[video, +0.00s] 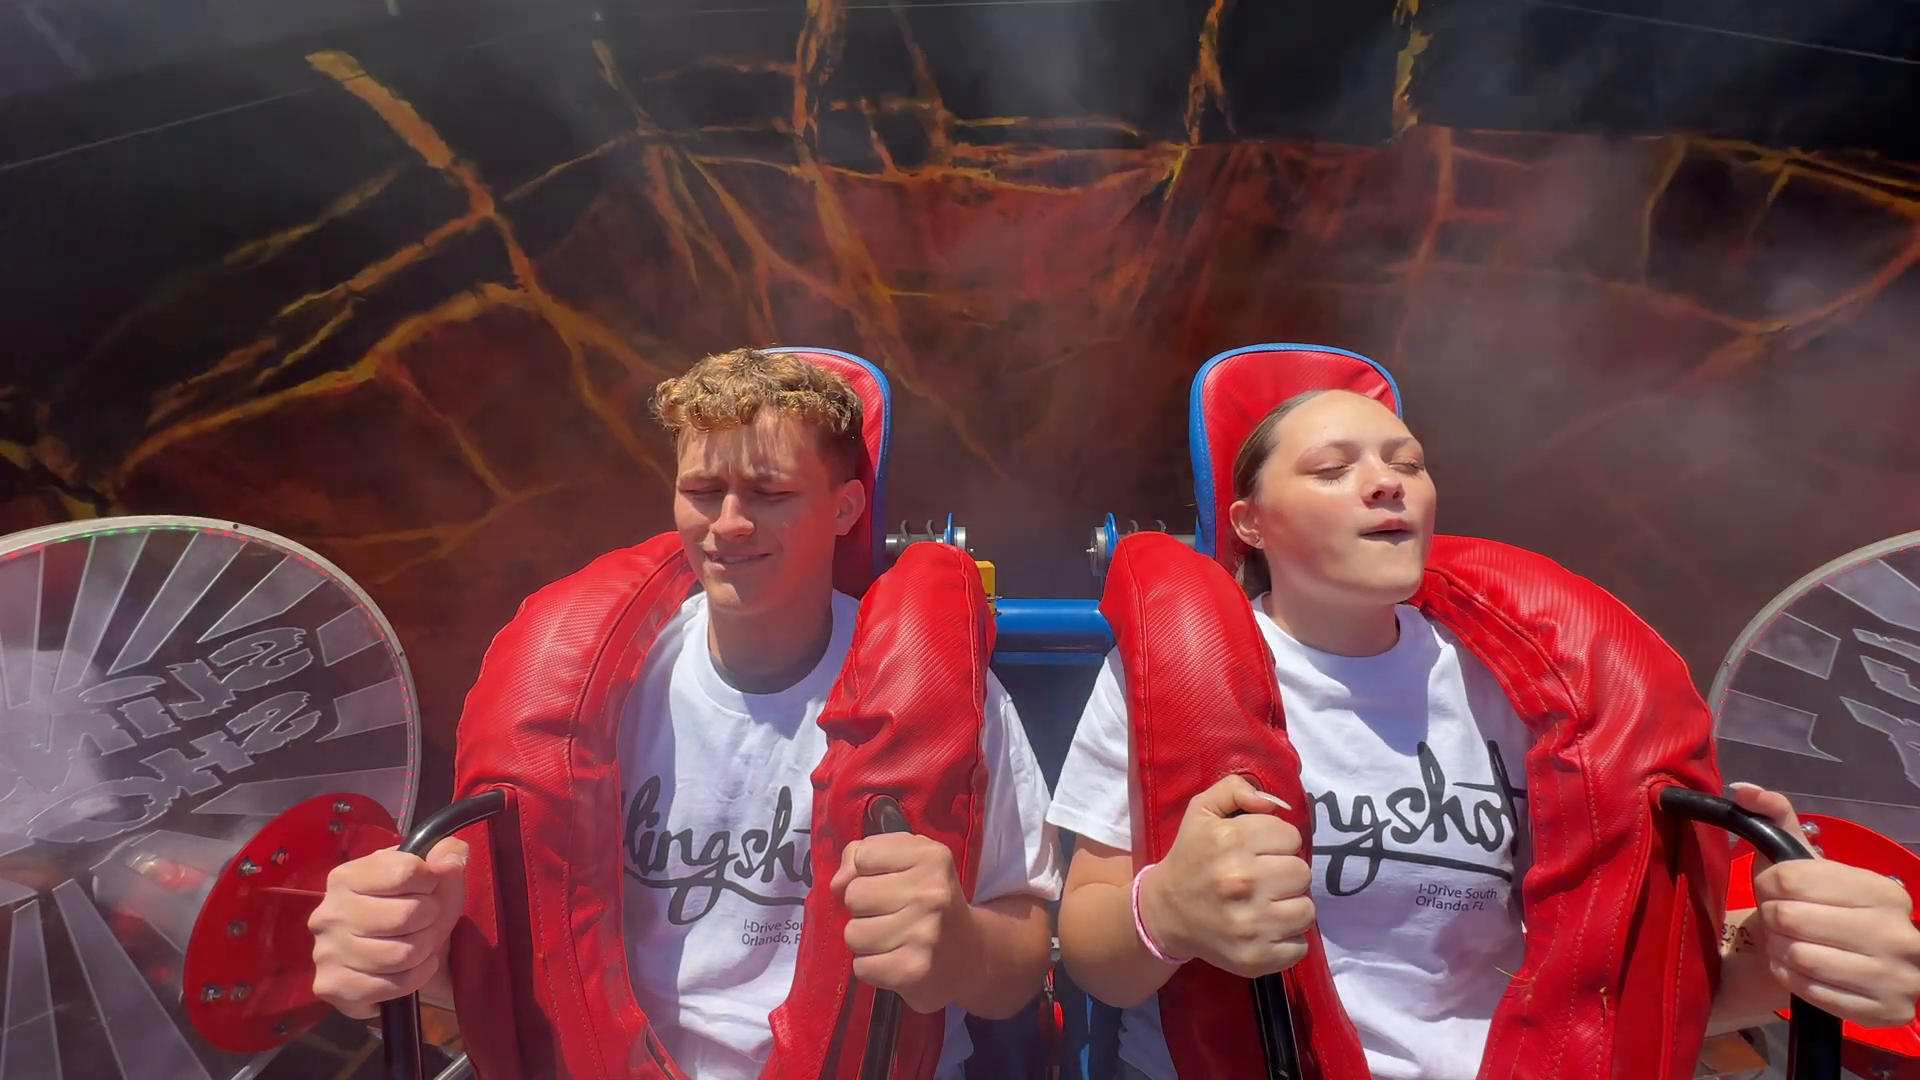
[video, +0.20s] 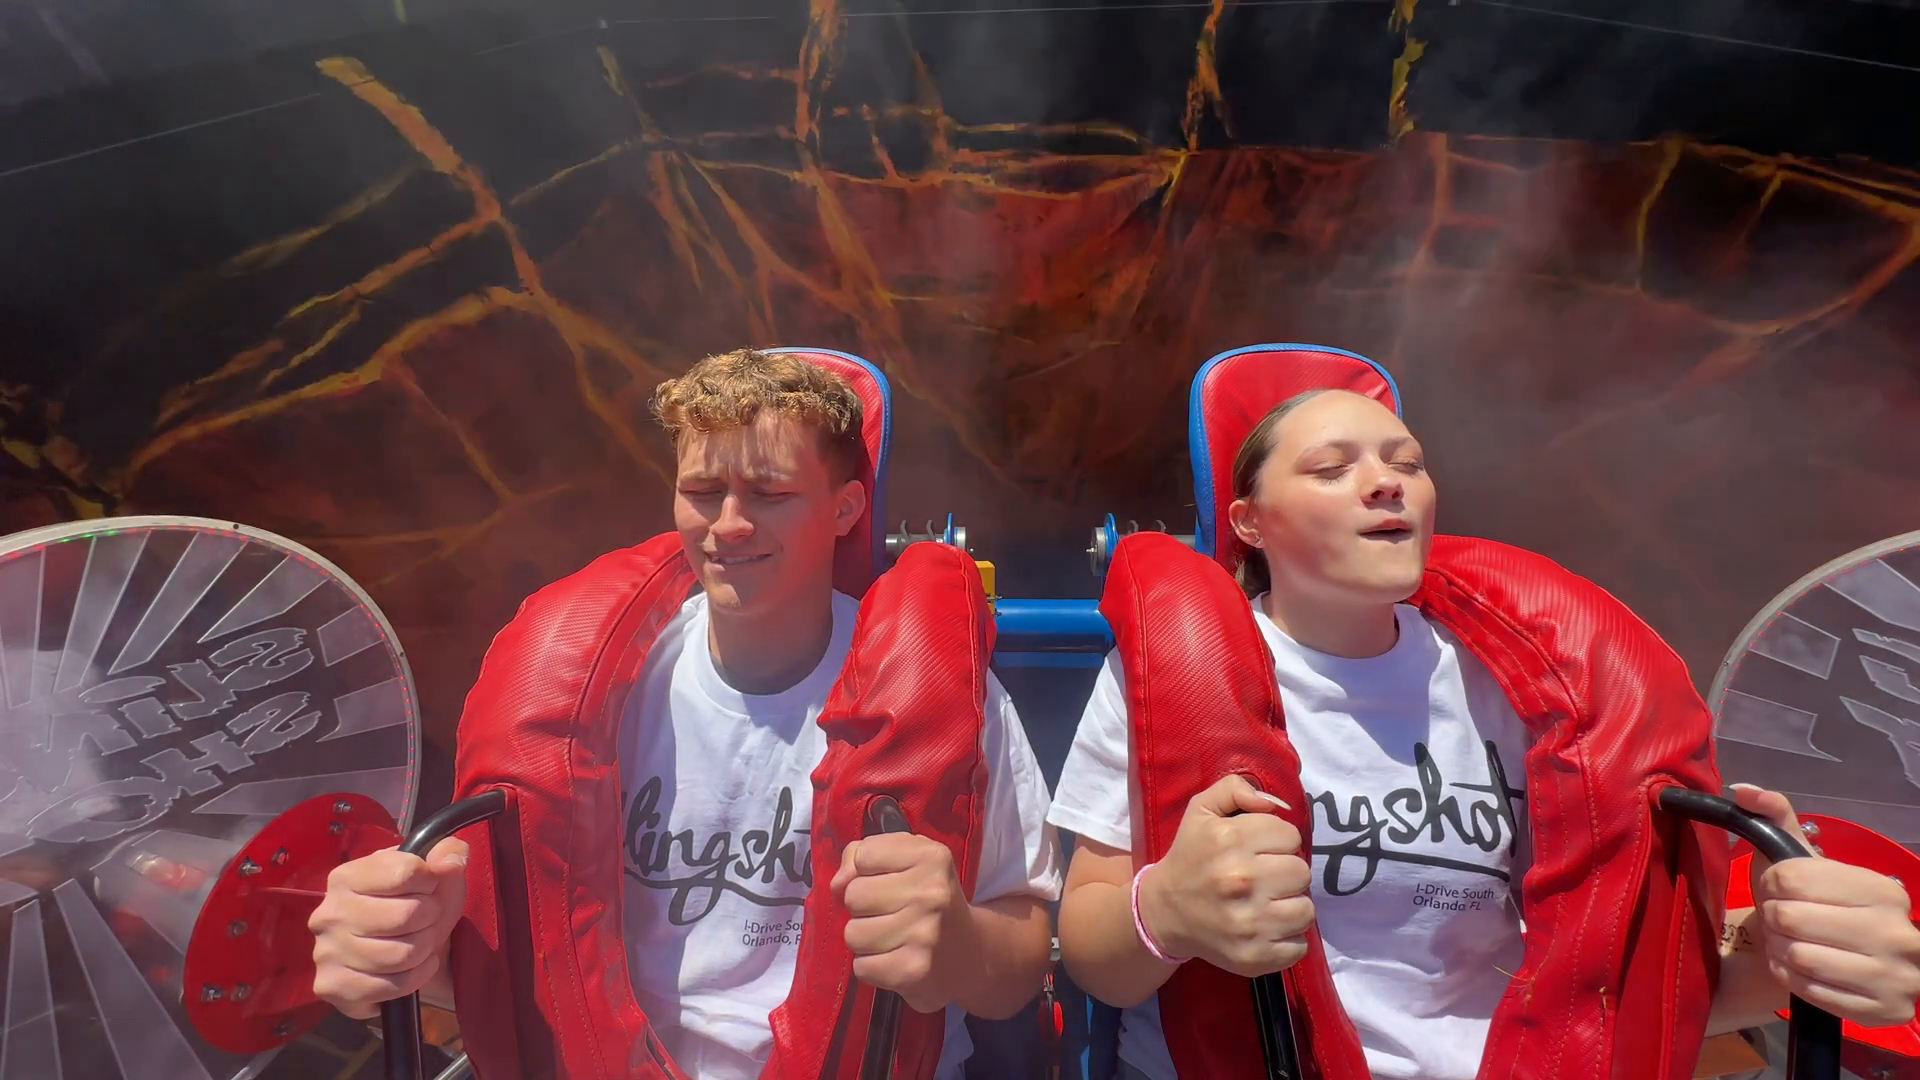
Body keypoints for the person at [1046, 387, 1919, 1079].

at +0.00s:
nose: (1386, 481)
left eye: (1402, 457)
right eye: (1330, 466)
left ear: (1432, 491)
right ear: (1245, 522)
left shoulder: (1529, 666)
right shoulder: (1173, 667)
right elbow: (1086, 955)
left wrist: (1748, 927)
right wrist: (1161, 911)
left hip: (1508, 1068)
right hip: (1287, 1066)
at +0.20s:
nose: (1385, 479)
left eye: (1401, 455)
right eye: (1329, 464)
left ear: (1432, 490)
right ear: (1244, 522)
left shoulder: (1528, 667)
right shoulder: (1174, 665)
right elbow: (1085, 956)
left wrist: (1754, 929)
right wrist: (1161, 912)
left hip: (1506, 1068)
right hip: (1286, 1067)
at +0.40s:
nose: (1384, 480)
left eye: (1401, 456)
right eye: (1329, 466)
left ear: (1432, 491)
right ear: (1244, 523)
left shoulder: (1525, 670)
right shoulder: (1173, 668)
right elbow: (1085, 956)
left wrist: (1750, 929)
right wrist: (1161, 911)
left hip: (1505, 1067)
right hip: (1289, 1066)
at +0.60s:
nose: (1385, 480)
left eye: (1401, 455)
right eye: (1330, 466)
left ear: (1432, 485)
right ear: (1244, 522)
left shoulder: (1523, 660)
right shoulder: (1173, 664)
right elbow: (1087, 956)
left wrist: (1723, 863)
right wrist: (1162, 911)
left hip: (1509, 1051)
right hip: (1294, 1054)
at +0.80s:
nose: (1384, 479)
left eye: (1402, 456)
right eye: (1329, 467)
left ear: (1434, 488)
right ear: (1244, 523)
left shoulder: (1522, 665)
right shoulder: (1173, 665)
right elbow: (1088, 955)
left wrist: (1724, 872)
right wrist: (1162, 910)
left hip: (1503, 1065)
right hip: (1286, 1063)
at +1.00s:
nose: (1384, 481)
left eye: (1401, 457)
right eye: (1330, 468)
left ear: (1434, 488)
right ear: (1246, 523)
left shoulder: (1520, 664)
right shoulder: (1175, 664)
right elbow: (1089, 954)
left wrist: (1717, 857)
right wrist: (1162, 911)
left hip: (1508, 1065)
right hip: (1294, 1065)